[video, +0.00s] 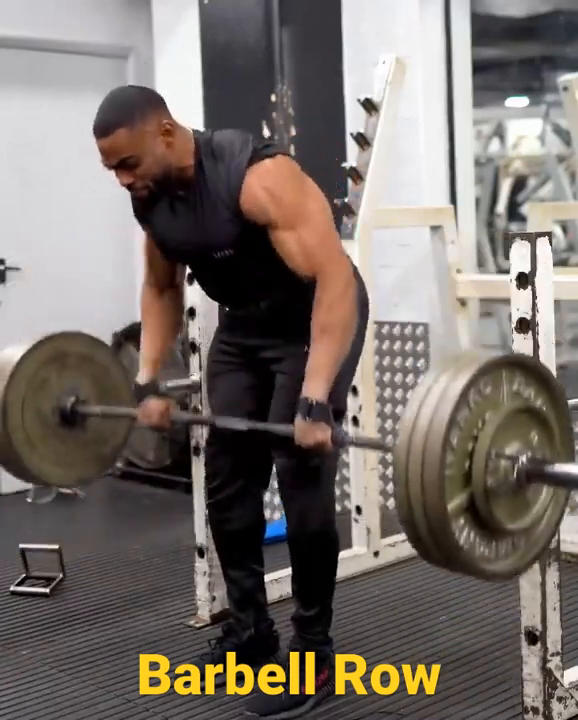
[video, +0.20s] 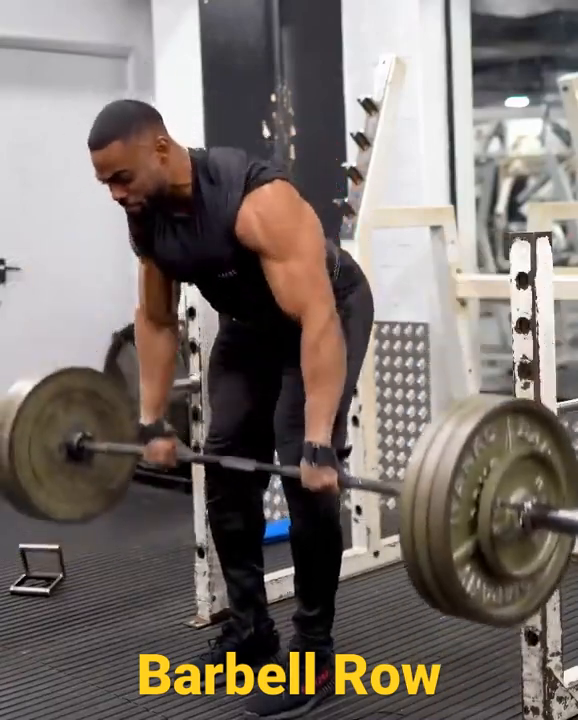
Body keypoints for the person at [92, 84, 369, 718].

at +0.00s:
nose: (122, 181)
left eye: (127, 164)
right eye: (114, 170)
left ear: (169, 133)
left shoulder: (262, 177)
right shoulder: (153, 198)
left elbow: (337, 278)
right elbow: (161, 287)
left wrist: (317, 397)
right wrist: (149, 377)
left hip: (313, 327)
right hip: (242, 335)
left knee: (302, 480)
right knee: (227, 485)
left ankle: (311, 648)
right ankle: (248, 629)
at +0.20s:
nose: (115, 194)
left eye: (121, 177)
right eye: (107, 182)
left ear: (163, 148)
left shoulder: (260, 200)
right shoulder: (148, 215)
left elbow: (321, 319)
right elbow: (155, 319)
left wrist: (318, 442)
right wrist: (154, 422)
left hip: (322, 311)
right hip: (248, 324)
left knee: (306, 464)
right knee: (225, 466)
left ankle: (312, 648)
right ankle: (248, 627)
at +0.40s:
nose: (109, 215)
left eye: (115, 198)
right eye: (100, 203)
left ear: (158, 170)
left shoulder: (256, 229)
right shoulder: (143, 241)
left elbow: (306, 353)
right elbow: (155, 351)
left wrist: (320, 482)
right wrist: (156, 455)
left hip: (328, 312)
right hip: (248, 325)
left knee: (304, 470)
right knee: (221, 469)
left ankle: (312, 647)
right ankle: (248, 627)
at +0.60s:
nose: (106, 235)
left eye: (113, 218)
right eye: (97, 222)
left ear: (156, 193)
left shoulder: (253, 255)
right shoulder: (139, 267)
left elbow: (297, 387)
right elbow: (156, 380)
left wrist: (320, 512)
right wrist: (155, 485)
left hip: (331, 317)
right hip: (250, 326)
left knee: (295, 465)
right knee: (215, 467)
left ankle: (311, 648)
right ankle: (246, 630)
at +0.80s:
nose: (101, 239)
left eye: (110, 222)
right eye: (94, 226)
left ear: (156, 203)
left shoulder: (251, 266)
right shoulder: (137, 280)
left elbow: (293, 399)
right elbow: (153, 390)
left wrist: (315, 525)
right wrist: (151, 494)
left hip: (331, 321)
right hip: (248, 331)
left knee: (296, 476)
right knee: (210, 470)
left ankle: (310, 647)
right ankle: (247, 627)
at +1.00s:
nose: (105, 210)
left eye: (113, 194)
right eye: (98, 198)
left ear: (159, 171)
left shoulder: (252, 232)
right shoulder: (140, 250)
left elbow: (305, 356)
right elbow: (149, 354)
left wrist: (308, 485)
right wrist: (147, 459)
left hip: (330, 309)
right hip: (249, 322)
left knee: (300, 476)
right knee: (221, 468)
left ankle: (310, 649)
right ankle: (247, 627)